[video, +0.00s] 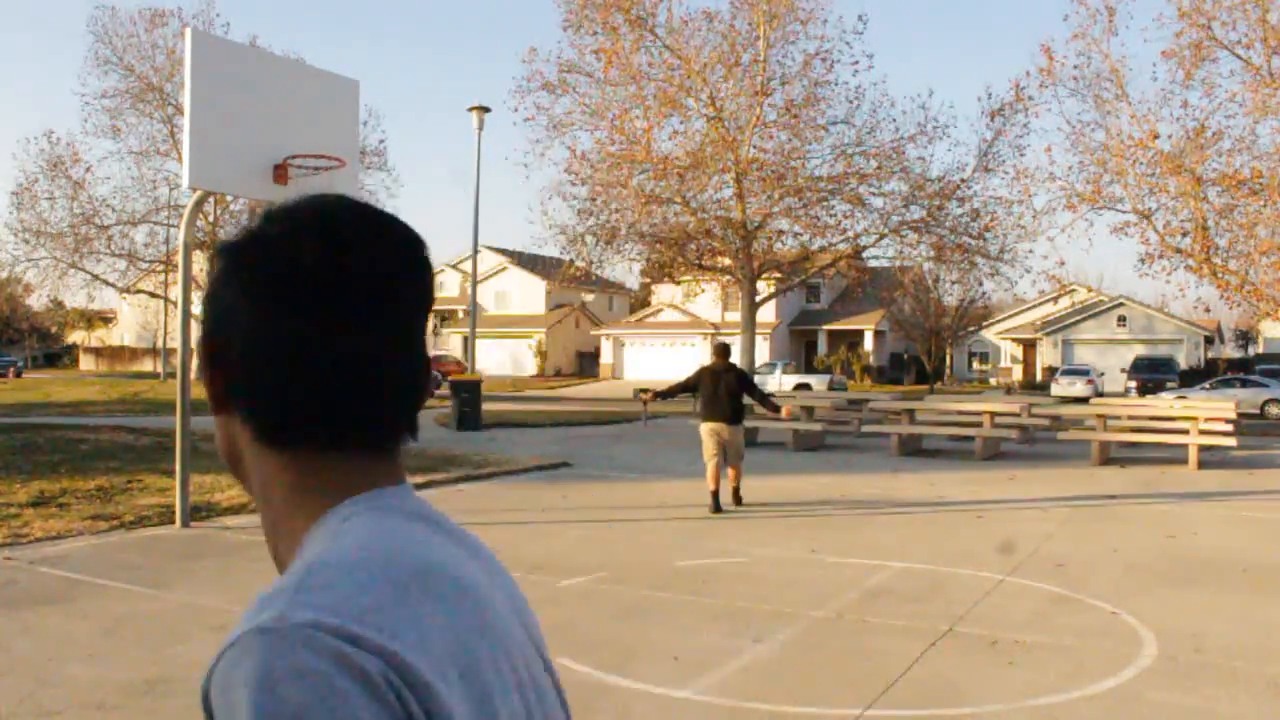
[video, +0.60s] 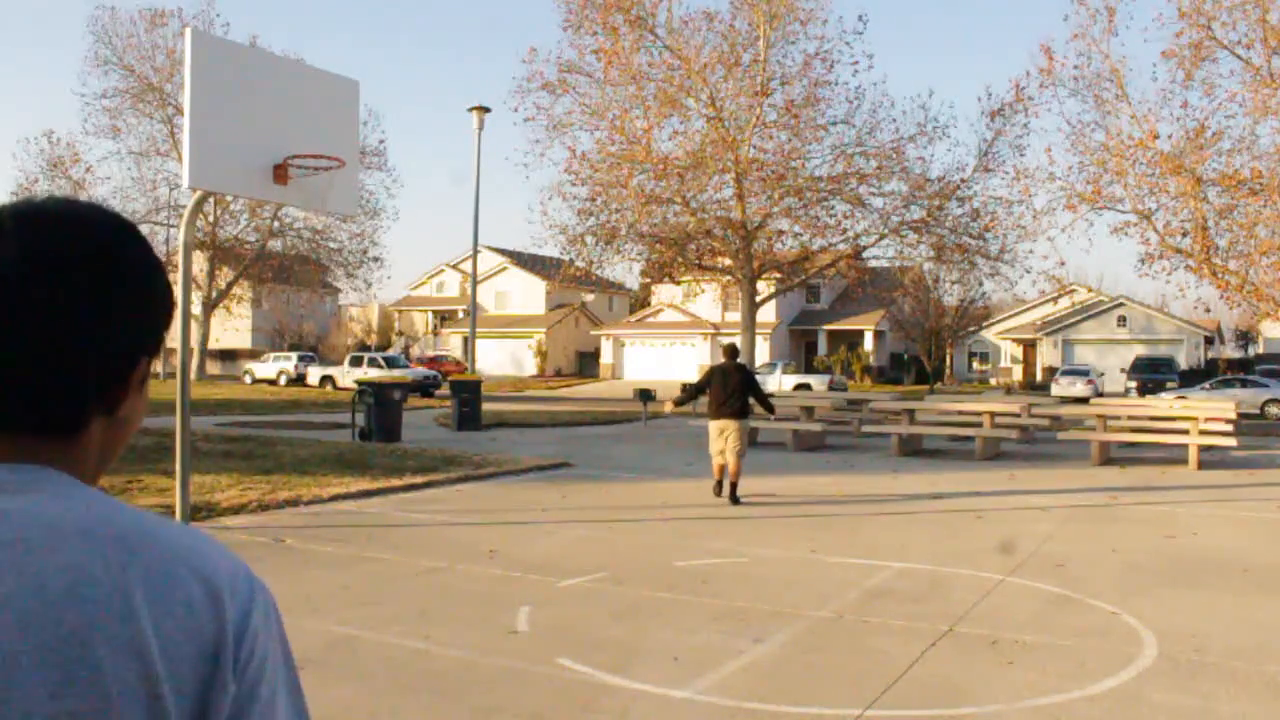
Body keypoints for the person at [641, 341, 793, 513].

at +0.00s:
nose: (720, 356)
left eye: (717, 353)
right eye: (724, 353)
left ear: (714, 355)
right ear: (729, 355)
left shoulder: (704, 373)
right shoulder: (738, 374)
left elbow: (682, 387)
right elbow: (756, 394)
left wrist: (658, 394)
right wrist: (776, 409)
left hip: (708, 423)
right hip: (732, 424)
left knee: (712, 461)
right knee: (735, 461)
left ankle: (714, 500)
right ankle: (735, 491)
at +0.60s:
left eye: (726, 353)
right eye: (735, 353)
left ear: (723, 355)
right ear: (738, 355)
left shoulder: (714, 371)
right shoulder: (744, 372)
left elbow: (696, 389)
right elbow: (758, 394)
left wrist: (676, 402)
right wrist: (771, 409)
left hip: (716, 420)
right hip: (737, 420)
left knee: (717, 453)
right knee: (734, 455)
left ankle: (718, 480)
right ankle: (733, 493)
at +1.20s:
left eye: (720, 353)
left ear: (719, 355)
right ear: (733, 355)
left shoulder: (710, 371)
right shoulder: (741, 372)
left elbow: (699, 390)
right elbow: (752, 395)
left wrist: (694, 405)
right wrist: (760, 413)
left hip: (715, 416)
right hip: (735, 417)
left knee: (717, 450)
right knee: (732, 450)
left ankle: (721, 485)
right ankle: (729, 478)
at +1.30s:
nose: (721, 357)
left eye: (721, 355)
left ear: (720, 356)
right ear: (733, 356)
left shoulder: (712, 371)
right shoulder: (741, 373)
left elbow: (700, 391)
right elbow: (751, 397)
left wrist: (694, 407)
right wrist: (760, 416)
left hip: (715, 416)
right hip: (735, 417)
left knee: (717, 449)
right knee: (731, 450)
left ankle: (720, 482)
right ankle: (728, 479)